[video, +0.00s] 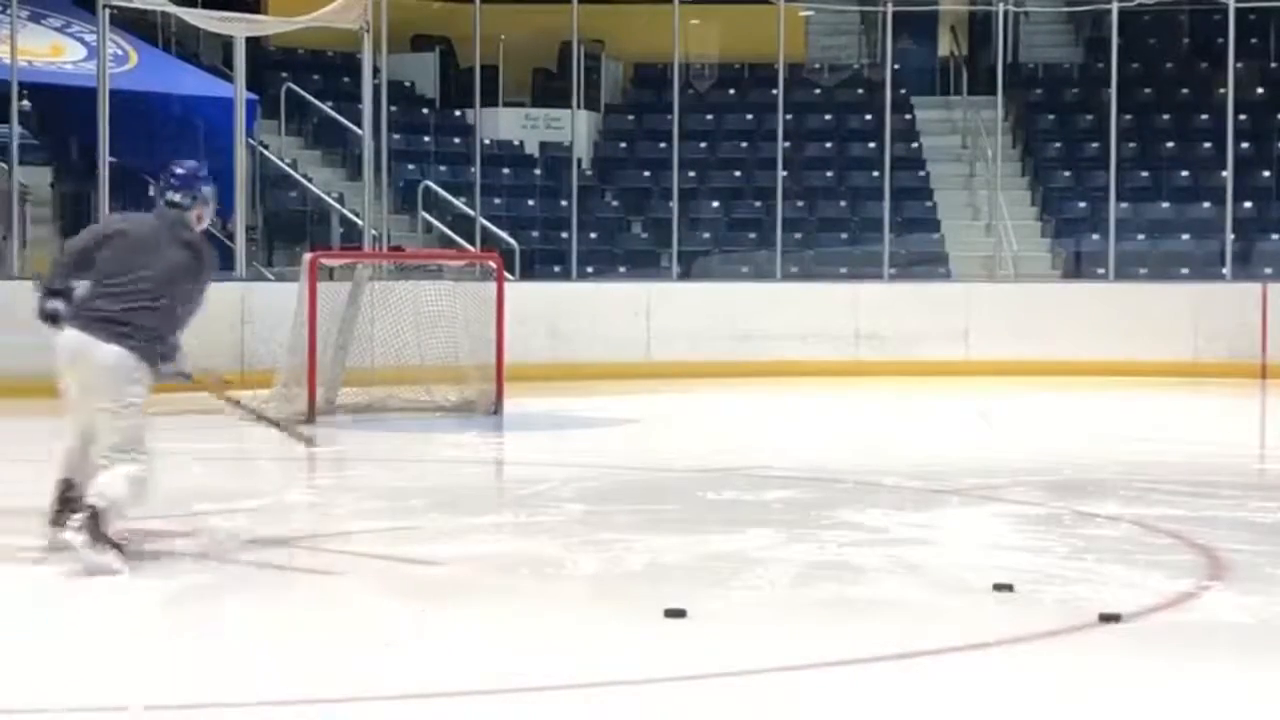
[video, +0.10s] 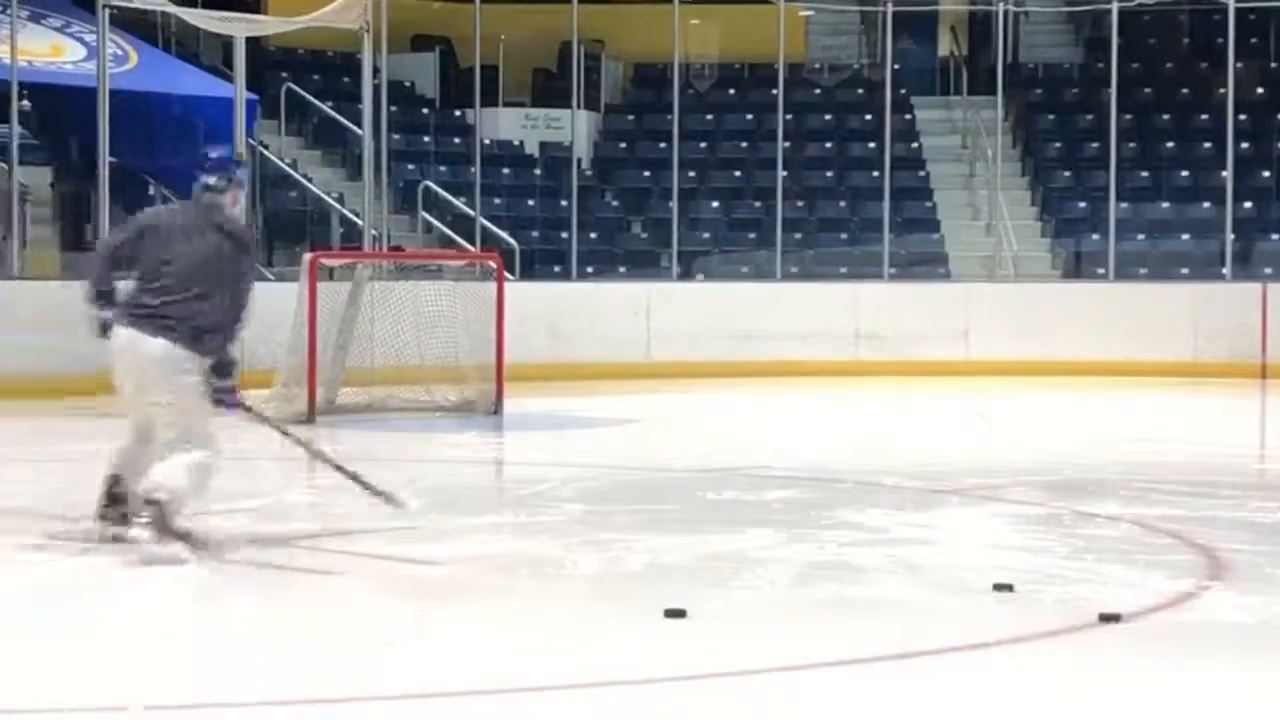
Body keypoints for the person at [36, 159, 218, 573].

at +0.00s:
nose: (208, 217)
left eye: (209, 208)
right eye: (206, 208)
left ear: (164, 198)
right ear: (196, 208)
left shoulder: (124, 224)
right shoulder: (199, 257)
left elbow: (71, 252)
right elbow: (174, 316)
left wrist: (54, 292)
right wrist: (168, 350)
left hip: (74, 339)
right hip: (122, 356)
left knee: (81, 431)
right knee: (127, 459)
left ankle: (65, 507)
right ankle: (93, 520)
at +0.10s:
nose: (240, 202)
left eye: (238, 193)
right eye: (237, 193)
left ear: (198, 190)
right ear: (231, 196)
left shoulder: (161, 217)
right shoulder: (237, 243)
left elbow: (109, 248)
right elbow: (228, 316)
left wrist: (105, 302)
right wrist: (223, 372)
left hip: (128, 336)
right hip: (177, 353)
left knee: (145, 428)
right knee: (196, 446)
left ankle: (117, 494)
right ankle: (159, 498)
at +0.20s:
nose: (281, 190)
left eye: (281, 181)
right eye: (279, 181)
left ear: (239, 177)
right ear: (265, 182)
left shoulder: (200, 213)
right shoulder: (269, 235)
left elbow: (169, 261)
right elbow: (270, 306)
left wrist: (189, 298)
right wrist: (285, 359)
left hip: (184, 334)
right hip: (233, 344)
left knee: (204, 422)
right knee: (272, 423)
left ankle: (167, 490)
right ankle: (237, 493)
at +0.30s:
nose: (320, 179)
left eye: (317, 170)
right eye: (320, 171)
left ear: (287, 168)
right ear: (316, 173)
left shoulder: (257, 209)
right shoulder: (321, 222)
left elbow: (246, 268)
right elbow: (328, 297)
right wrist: (356, 341)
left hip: (242, 328)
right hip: (293, 338)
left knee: (260, 412)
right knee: (332, 407)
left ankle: (228, 486)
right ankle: (321, 492)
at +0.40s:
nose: (380, 176)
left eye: (380, 167)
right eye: (375, 167)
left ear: (341, 167)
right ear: (358, 169)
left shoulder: (312, 206)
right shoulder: (364, 213)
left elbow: (309, 262)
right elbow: (374, 274)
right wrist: (415, 311)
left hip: (304, 328)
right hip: (347, 333)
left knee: (317, 416)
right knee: (396, 404)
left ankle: (291, 487)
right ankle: (394, 492)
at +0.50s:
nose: (443, 169)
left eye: (443, 160)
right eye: (436, 161)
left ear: (406, 167)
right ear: (410, 167)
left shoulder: (379, 205)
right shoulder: (415, 213)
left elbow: (405, 263)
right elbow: (428, 276)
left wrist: (452, 261)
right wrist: (472, 291)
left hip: (369, 324)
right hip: (405, 329)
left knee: (387, 406)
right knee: (459, 404)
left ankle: (352, 482)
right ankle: (459, 487)